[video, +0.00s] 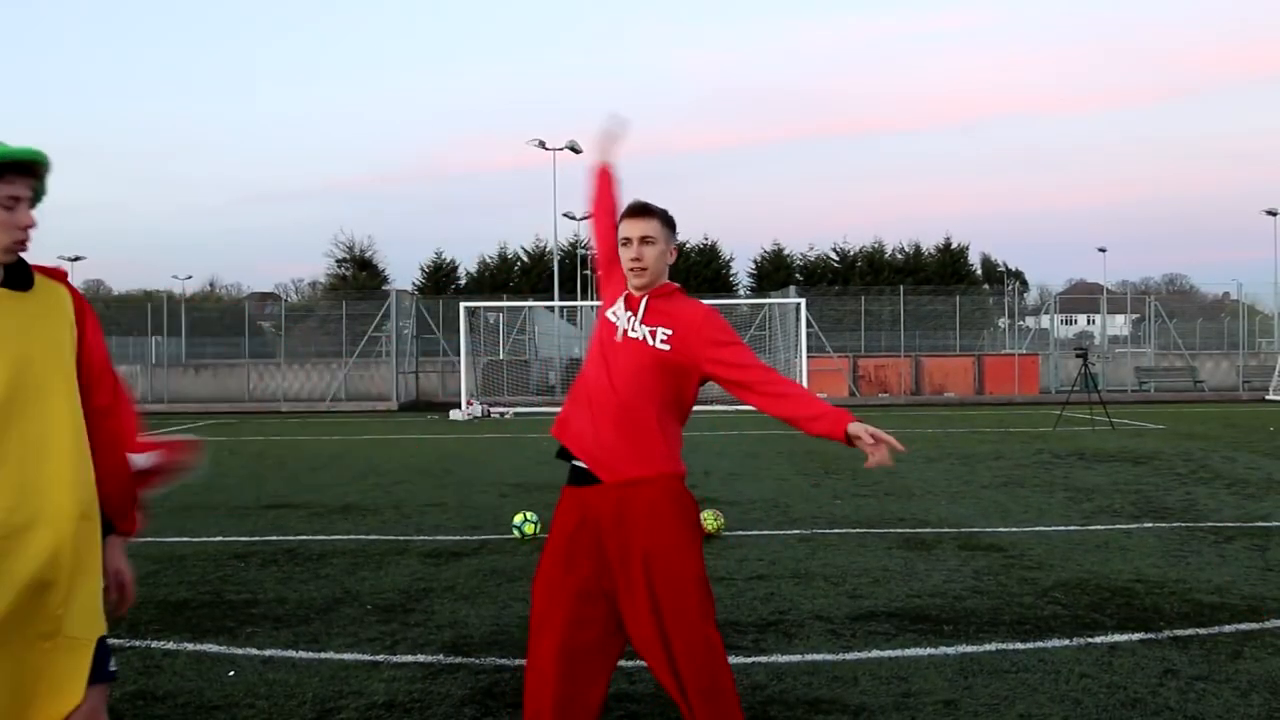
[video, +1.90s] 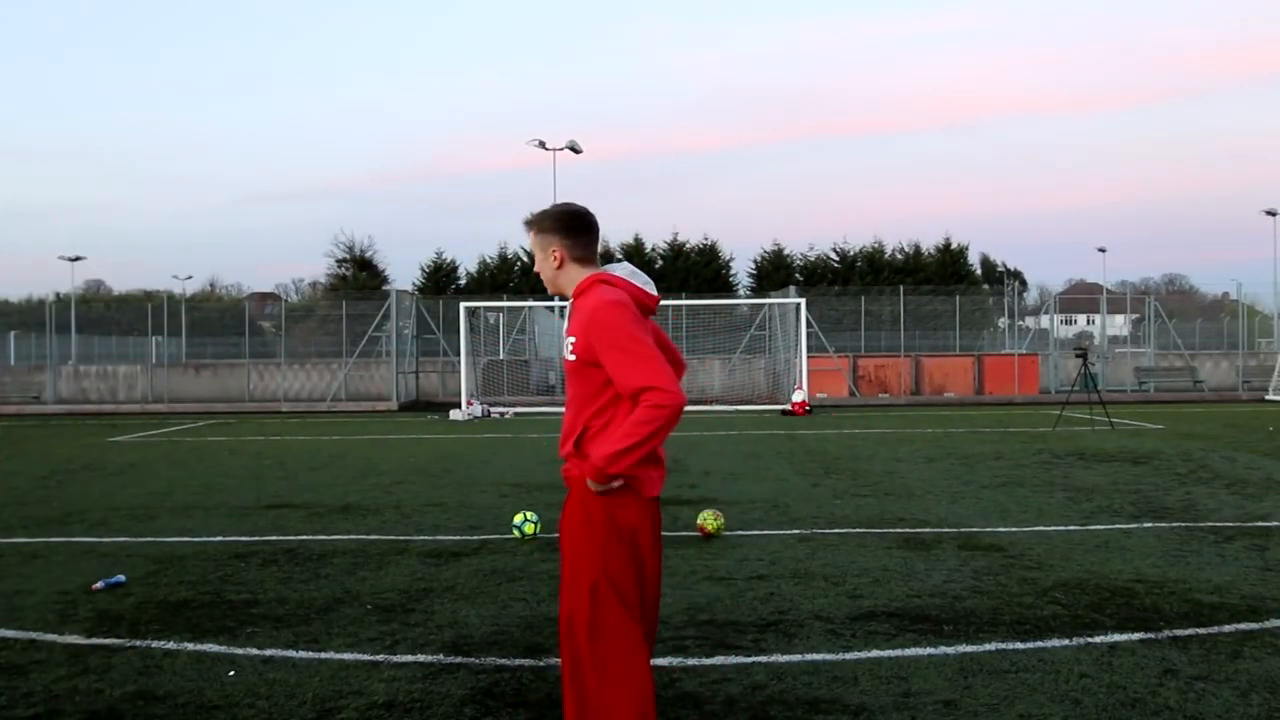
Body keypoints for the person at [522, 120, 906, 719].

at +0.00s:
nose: (634, 254)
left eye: (647, 242)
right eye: (625, 244)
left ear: (671, 251)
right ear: (616, 253)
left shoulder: (692, 320)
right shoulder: (615, 294)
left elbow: (762, 384)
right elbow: (603, 228)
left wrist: (844, 425)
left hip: (649, 499)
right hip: (583, 497)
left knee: (686, 650)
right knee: (555, 652)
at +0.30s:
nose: (647, 254)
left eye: (659, 242)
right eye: (639, 246)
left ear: (685, 248)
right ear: (634, 255)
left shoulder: (704, 309)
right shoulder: (653, 305)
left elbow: (755, 377)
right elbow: (643, 263)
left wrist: (788, 450)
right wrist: (639, 214)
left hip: (681, 502)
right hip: (626, 497)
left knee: (700, 647)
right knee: (596, 640)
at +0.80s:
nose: (596, 256)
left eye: (606, 243)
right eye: (587, 248)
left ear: (635, 249)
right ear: (583, 258)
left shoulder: (666, 305)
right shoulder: (601, 304)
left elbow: (716, 398)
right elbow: (576, 273)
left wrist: (707, 484)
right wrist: (593, 242)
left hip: (647, 491)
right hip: (592, 490)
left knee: (658, 634)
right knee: (585, 637)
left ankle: (694, 715)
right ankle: (588, 717)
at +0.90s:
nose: (587, 256)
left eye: (598, 244)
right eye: (579, 248)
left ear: (626, 249)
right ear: (578, 257)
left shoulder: (658, 304)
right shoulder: (594, 306)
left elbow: (709, 394)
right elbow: (575, 303)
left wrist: (709, 481)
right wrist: (557, 286)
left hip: (639, 488)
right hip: (586, 488)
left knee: (634, 627)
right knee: (578, 634)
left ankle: (686, 714)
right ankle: (587, 717)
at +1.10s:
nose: (571, 255)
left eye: (582, 244)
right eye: (563, 248)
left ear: (611, 250)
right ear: (560, 257)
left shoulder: (644, 303)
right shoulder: (578, 311)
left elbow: (697, 390)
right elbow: (553, 337)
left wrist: (707, 478)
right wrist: (530, 349)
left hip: (627, 484)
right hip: (580, 485)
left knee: (608, 624)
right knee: (571, 627)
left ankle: (651, 715)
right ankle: (583, 717)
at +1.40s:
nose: (553, 259)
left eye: (563, 247)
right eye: (547, 250)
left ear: (597, 250)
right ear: (546, 258)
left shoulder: (632, 305)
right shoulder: (578, 310)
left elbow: (692, 394)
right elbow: (585, 393)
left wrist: (674, 476)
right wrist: (551, 434)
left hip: (616, 490)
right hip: (577, 488)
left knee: (607, 634)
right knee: (578, 632)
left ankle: (616, 716)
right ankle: (585, 713)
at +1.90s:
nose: (535, 268)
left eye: (535, 256)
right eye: (533, 257)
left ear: (556, 256)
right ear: (585, 251)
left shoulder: (600, 305)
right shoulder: (610, 299)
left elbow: (663, 396)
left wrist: (601, 465)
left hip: (607, 502)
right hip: (609, 498)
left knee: (604, 644)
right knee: (597, 641)